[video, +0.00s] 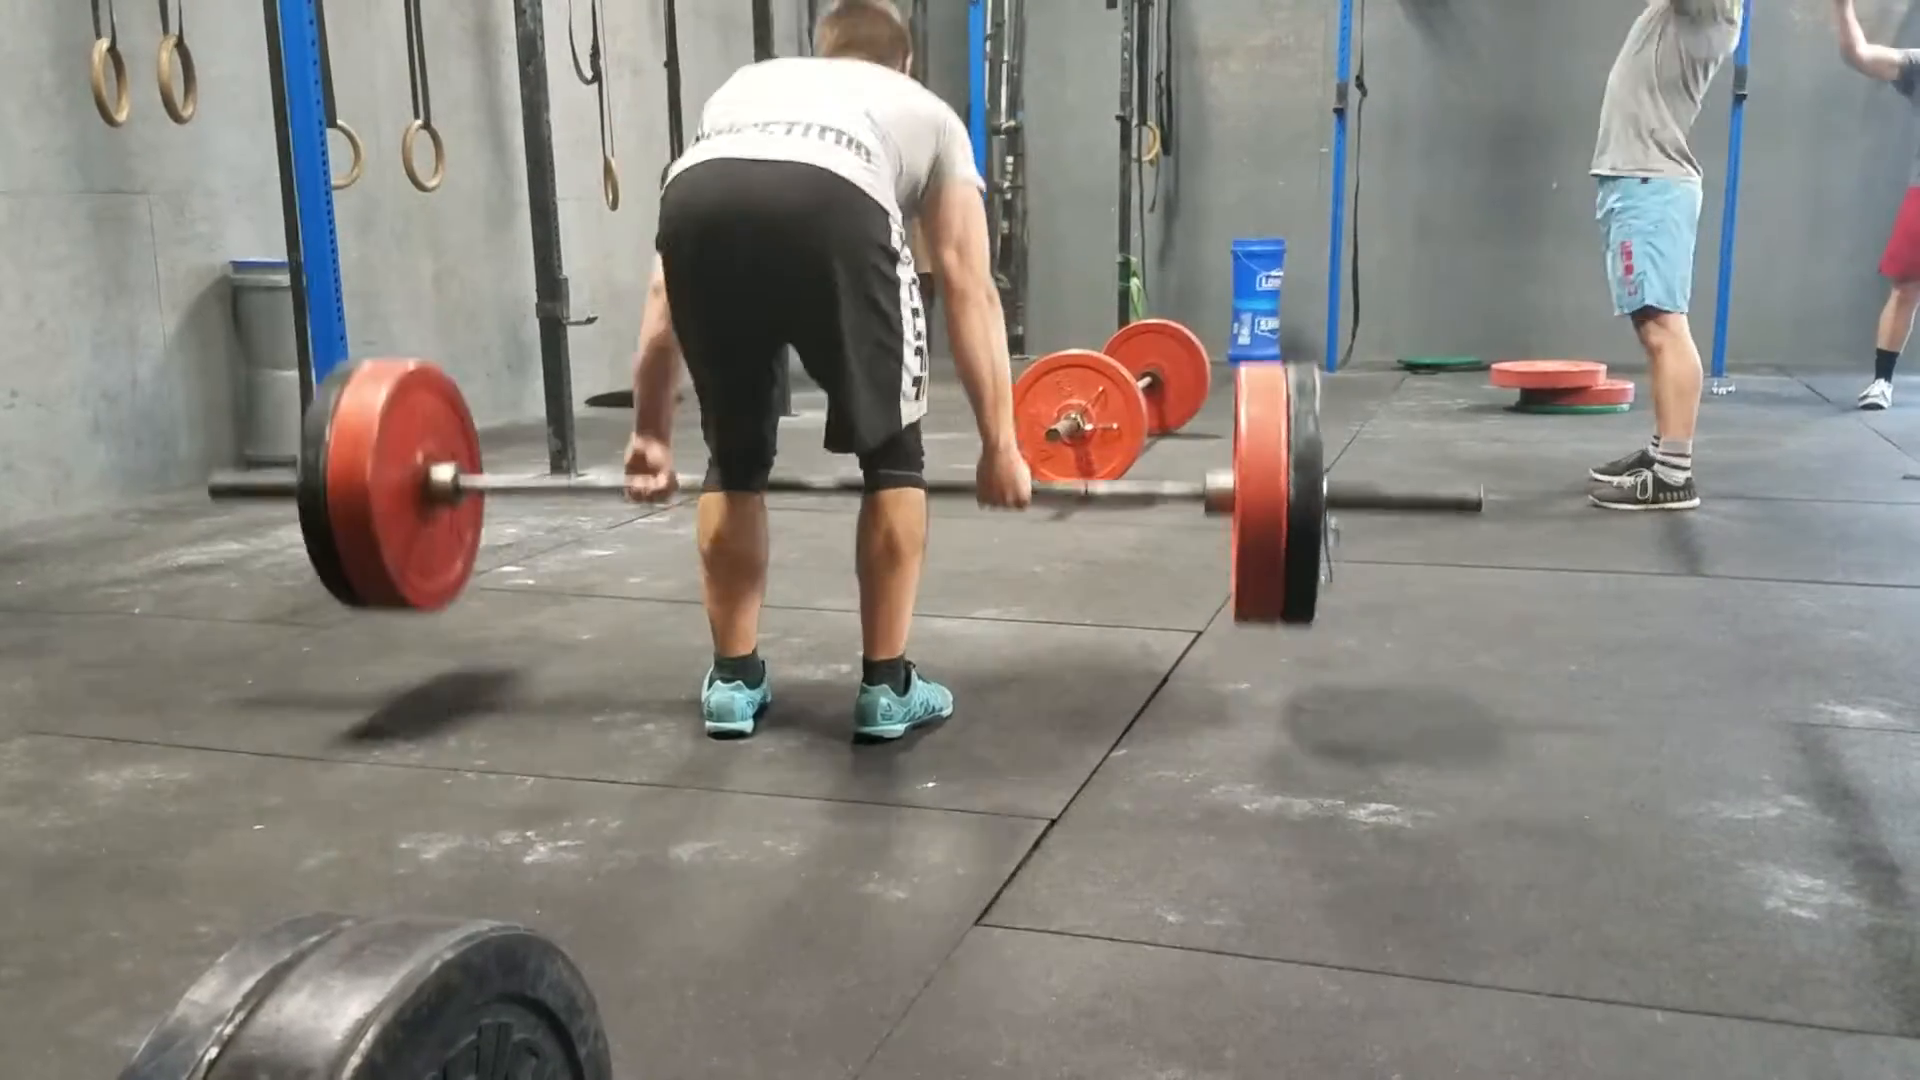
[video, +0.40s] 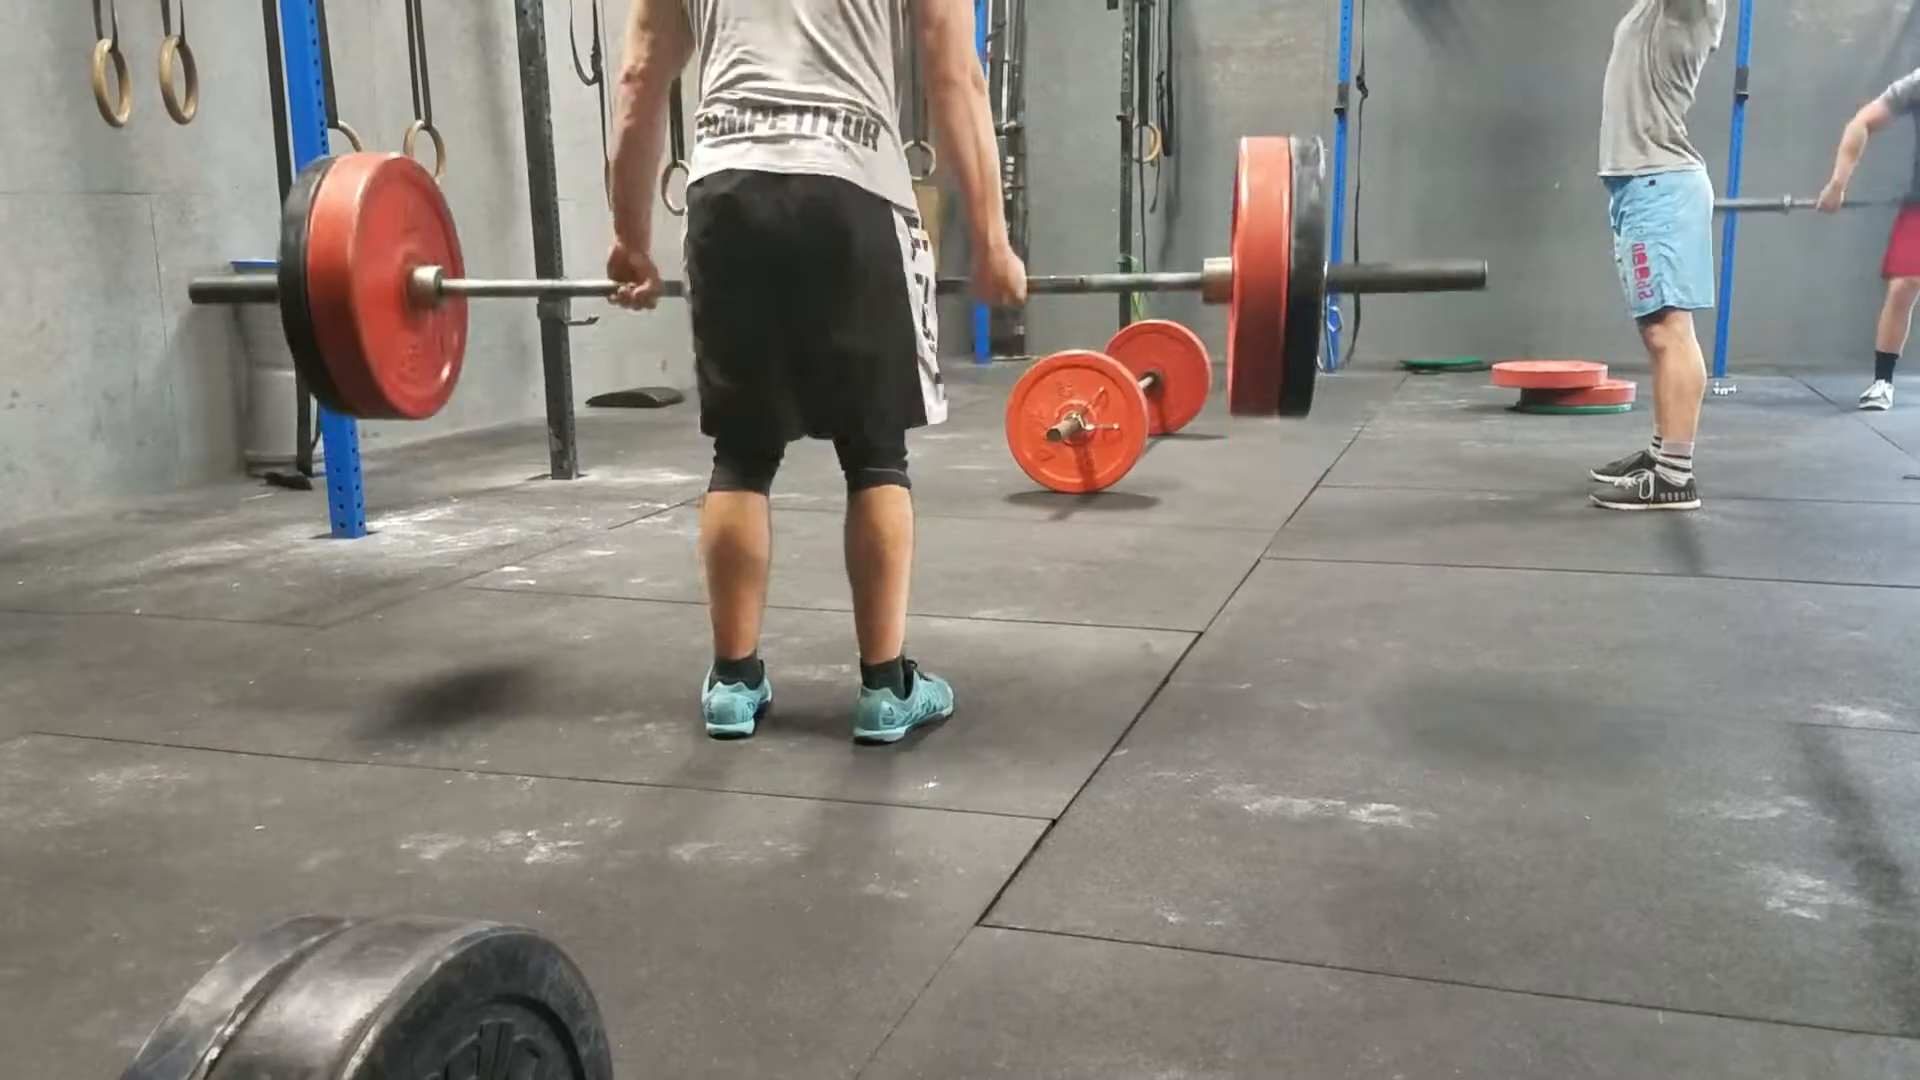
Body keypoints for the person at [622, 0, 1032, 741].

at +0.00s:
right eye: (914, 76)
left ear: (821, 51)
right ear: (906, 67)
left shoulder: (740, 86)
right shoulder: (930, 113)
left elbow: (665, 300)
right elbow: (965, 280)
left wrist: (649, 433)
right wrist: (999, 440)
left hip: (702, 207)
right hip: (835, 214)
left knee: (734, 465)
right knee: (891, 461)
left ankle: (732, 681)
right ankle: (885, 686)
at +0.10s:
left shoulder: (725, 22)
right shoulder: (932, 31)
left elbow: (663, 220)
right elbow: (964, 208)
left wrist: (643, 357)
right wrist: (998, 363)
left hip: (709, 187)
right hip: (835, 187)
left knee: (731, 456)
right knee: (884, 454)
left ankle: (731, 680)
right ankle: (885, 685)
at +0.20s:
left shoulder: (694, 6)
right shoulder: (936, 5)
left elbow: (660, 145)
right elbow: (961, 134)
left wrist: (639, 281)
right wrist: (997, 288)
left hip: (720, 172)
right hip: (843, 173)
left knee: (735, 447)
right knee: (876, 448)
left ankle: (732, 681)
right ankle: (884, 685)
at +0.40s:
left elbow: (642, 74)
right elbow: (953, 74)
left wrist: (628, 233)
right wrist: (992, 239)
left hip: (728, 196)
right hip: (853, 197)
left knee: (739, 451)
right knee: (877, 456)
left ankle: (732, 683)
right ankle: (885, 686)